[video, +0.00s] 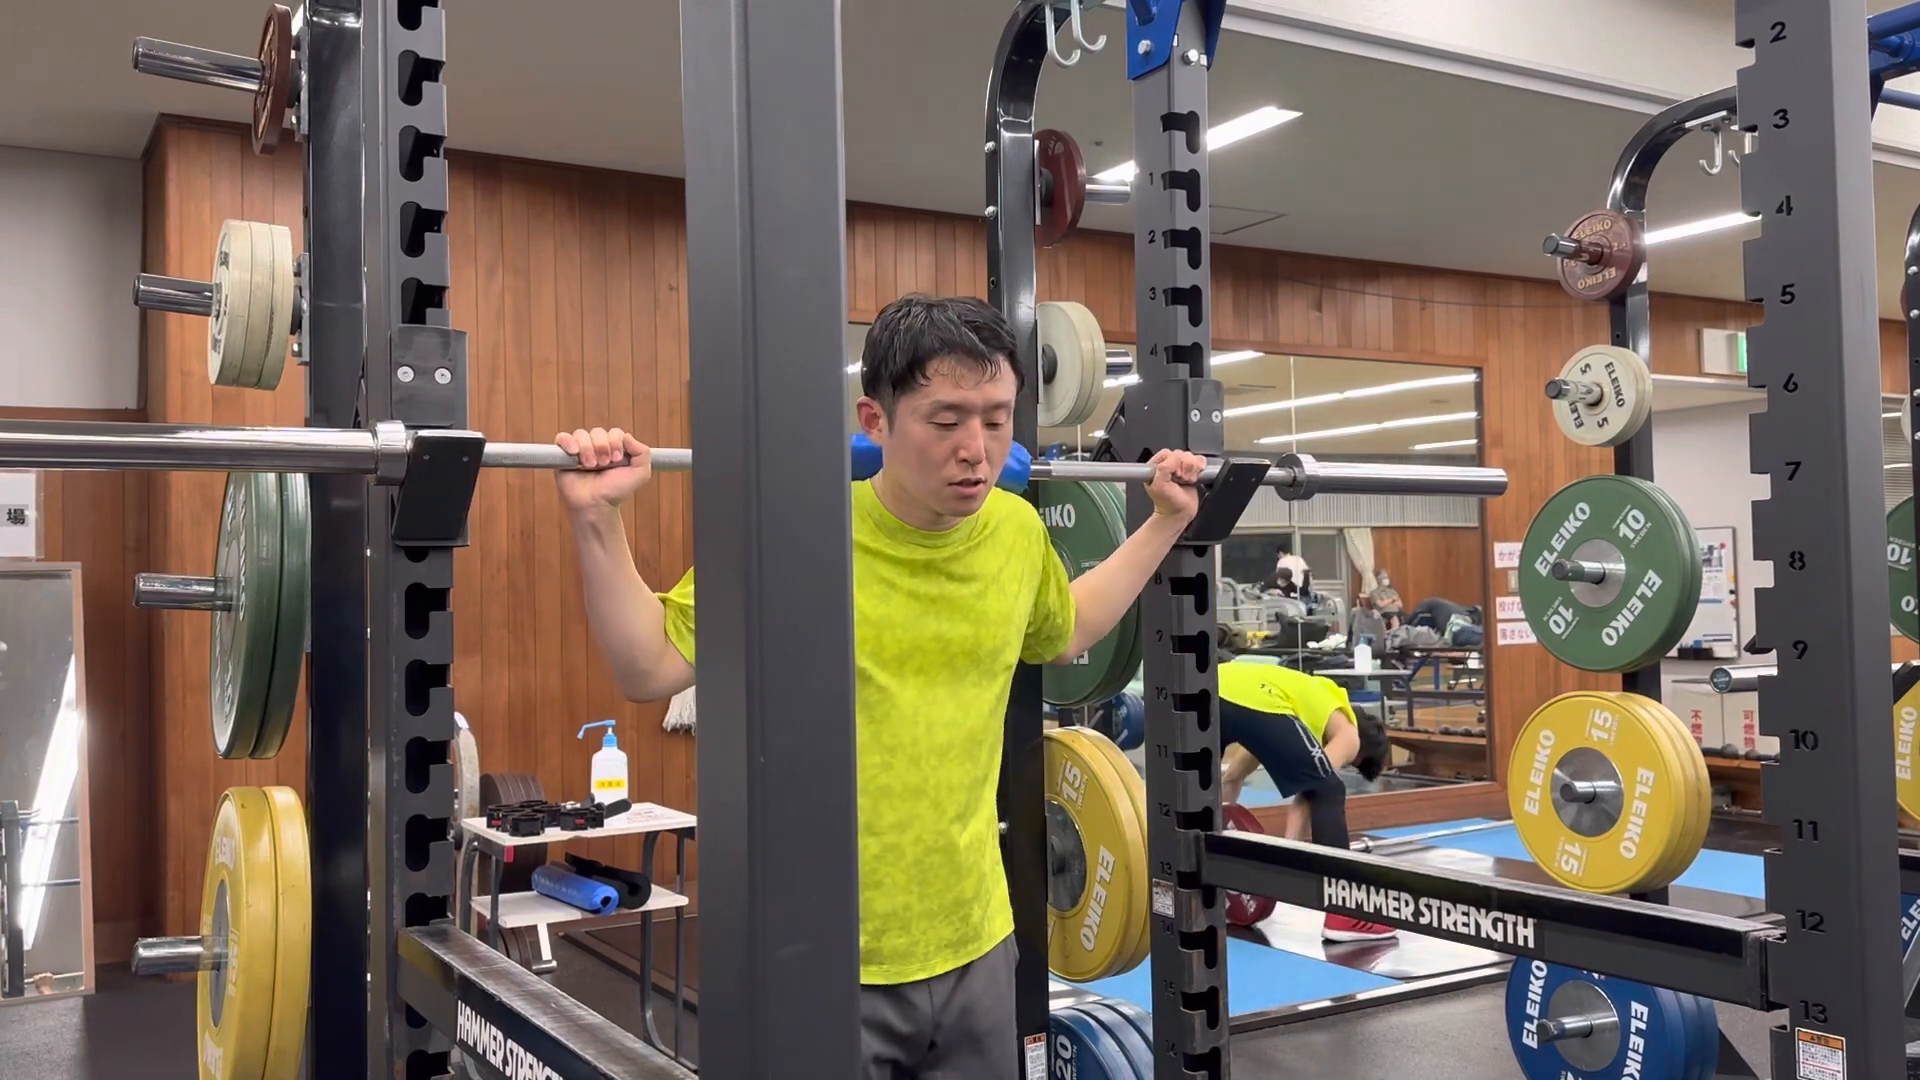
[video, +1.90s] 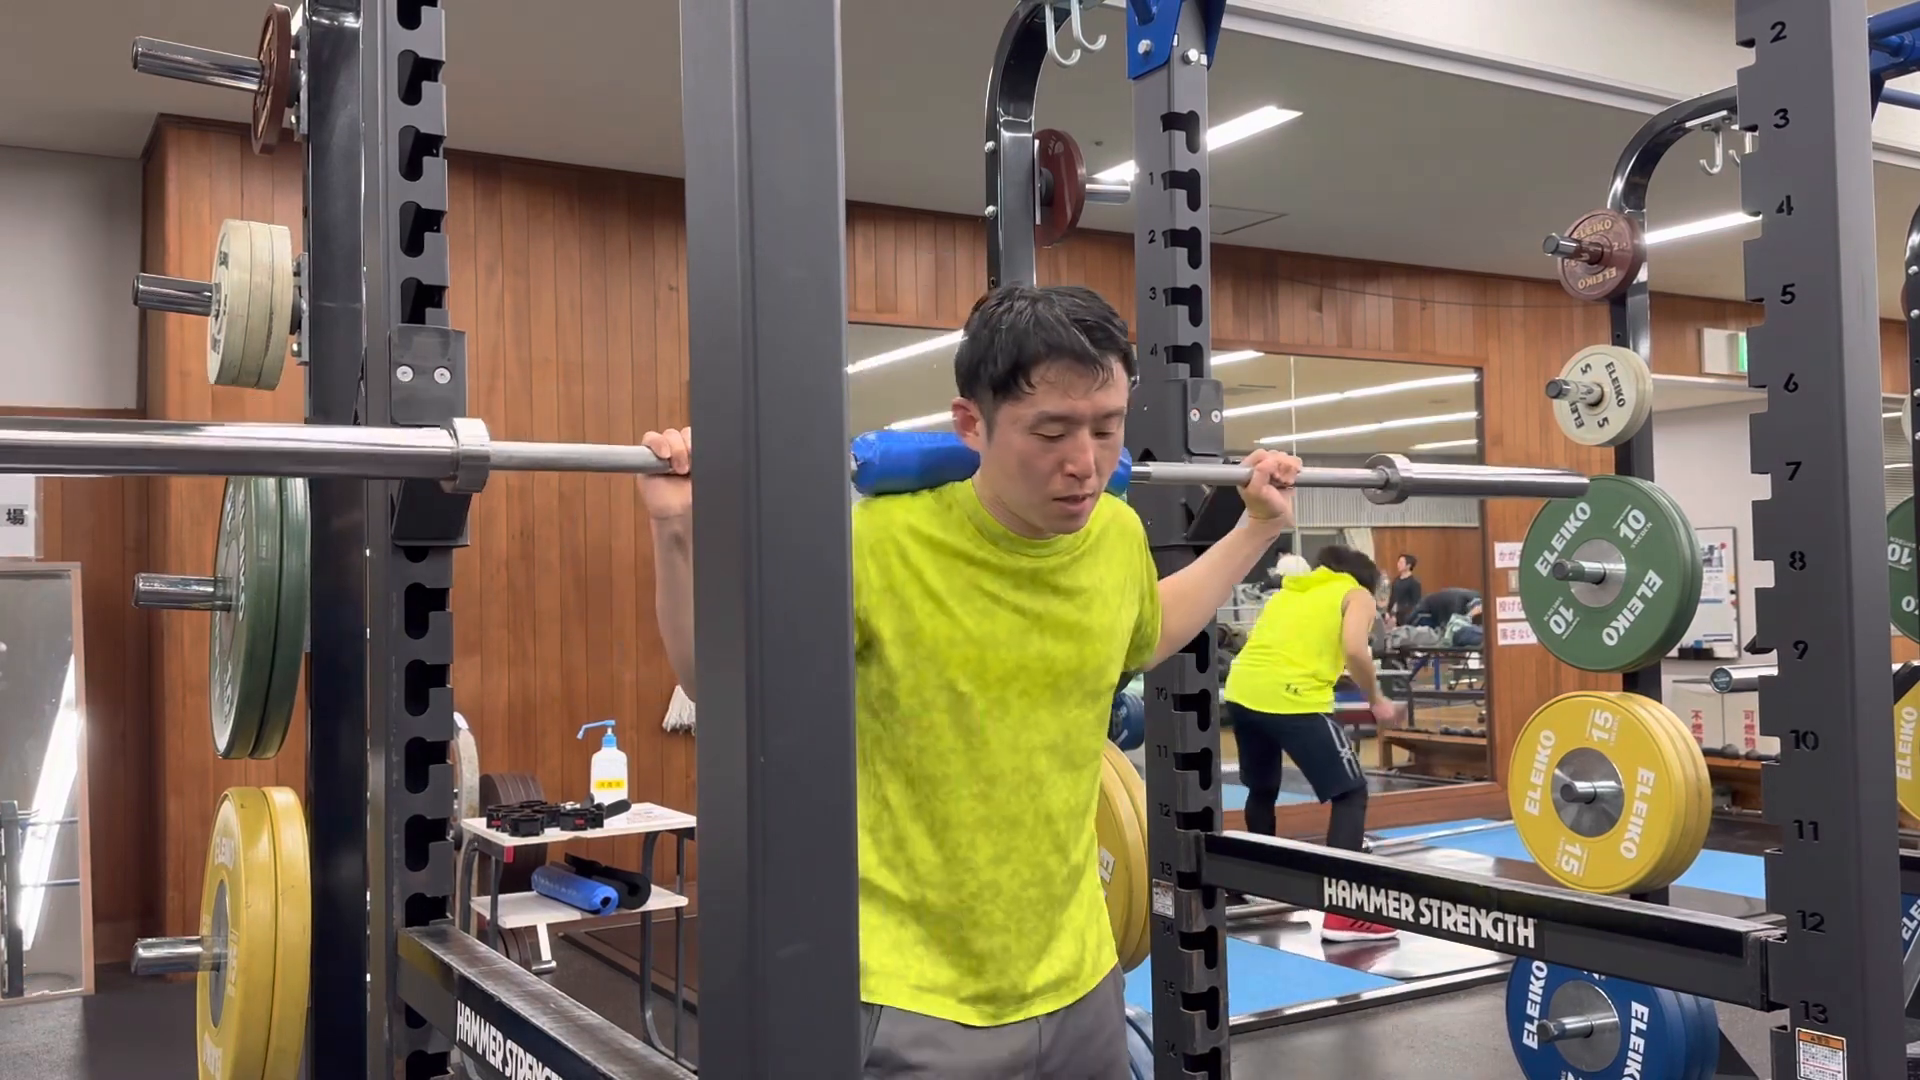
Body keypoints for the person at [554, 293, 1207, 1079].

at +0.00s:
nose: (974, 450)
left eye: (993, 421)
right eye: (944, 420)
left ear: (1014, 422)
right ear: (874, 419)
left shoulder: (1015, 530)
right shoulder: (804, 531)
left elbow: (1062, 630)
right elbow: (650, 666)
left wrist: (1166, 524)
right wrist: (597, 520)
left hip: (978, 954)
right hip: (833, 970)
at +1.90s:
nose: (1085, 463)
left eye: (1106, 428)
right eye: (1051, 431)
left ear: (1125, 416)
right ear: (971, 424)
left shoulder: (1116, 535)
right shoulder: (874, 545)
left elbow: (1137, 640)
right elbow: (712, 679)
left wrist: (1255, 532)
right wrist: (677, 535)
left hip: (1080, 984)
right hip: (917, 1005)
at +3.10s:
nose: (1133, 485)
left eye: (1147, 453)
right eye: (1092, 454)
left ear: (1164, 461)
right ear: (999, 476)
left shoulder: (1151, 599)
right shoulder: (894, 608)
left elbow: (1183, 711)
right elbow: (719, 761)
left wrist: (1298, 598)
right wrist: (677, 612)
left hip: (1091, 1025)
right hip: (914, 1037)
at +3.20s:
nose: (1141, 559)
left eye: (1155, 527)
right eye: (1099, 528)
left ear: (1170, 535)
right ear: (1007, 546)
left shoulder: (1161, 667)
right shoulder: (905, 683)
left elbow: (1193, 768)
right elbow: (729, 834)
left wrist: (1308, 652)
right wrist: (681, 686)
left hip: (1079, 1050)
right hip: (911, 1052)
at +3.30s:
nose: (1149, 647)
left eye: (1163, 614)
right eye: (1107, 618)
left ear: (1179, 619)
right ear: (1014, 637)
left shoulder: (1169, 748)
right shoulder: (911, 777)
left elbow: (1196, 848)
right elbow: (735, 917)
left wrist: (1316, 730)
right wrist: (691, 788)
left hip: (1074, 1060)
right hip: (905, 1060)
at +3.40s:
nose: (1152, 704)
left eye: (1165, 670)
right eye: (1109, 674)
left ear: (1181, 674)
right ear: (1017, 692)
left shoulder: (1173, 797)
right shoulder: (906, 839)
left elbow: (1200, 891)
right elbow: (737, 977)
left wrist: (1319, 775)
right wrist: (692, 838)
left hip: (1092, 1063)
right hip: (917, 1064)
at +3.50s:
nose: (1157, 766)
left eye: (1169, 729)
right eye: (1114, 737)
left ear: (1186, 732)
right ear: (1019, 754)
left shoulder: (1179, 856)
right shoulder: (915, 895)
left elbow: (1203, 945)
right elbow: (735, 1033)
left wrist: (1324, 830)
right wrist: (694, 908)